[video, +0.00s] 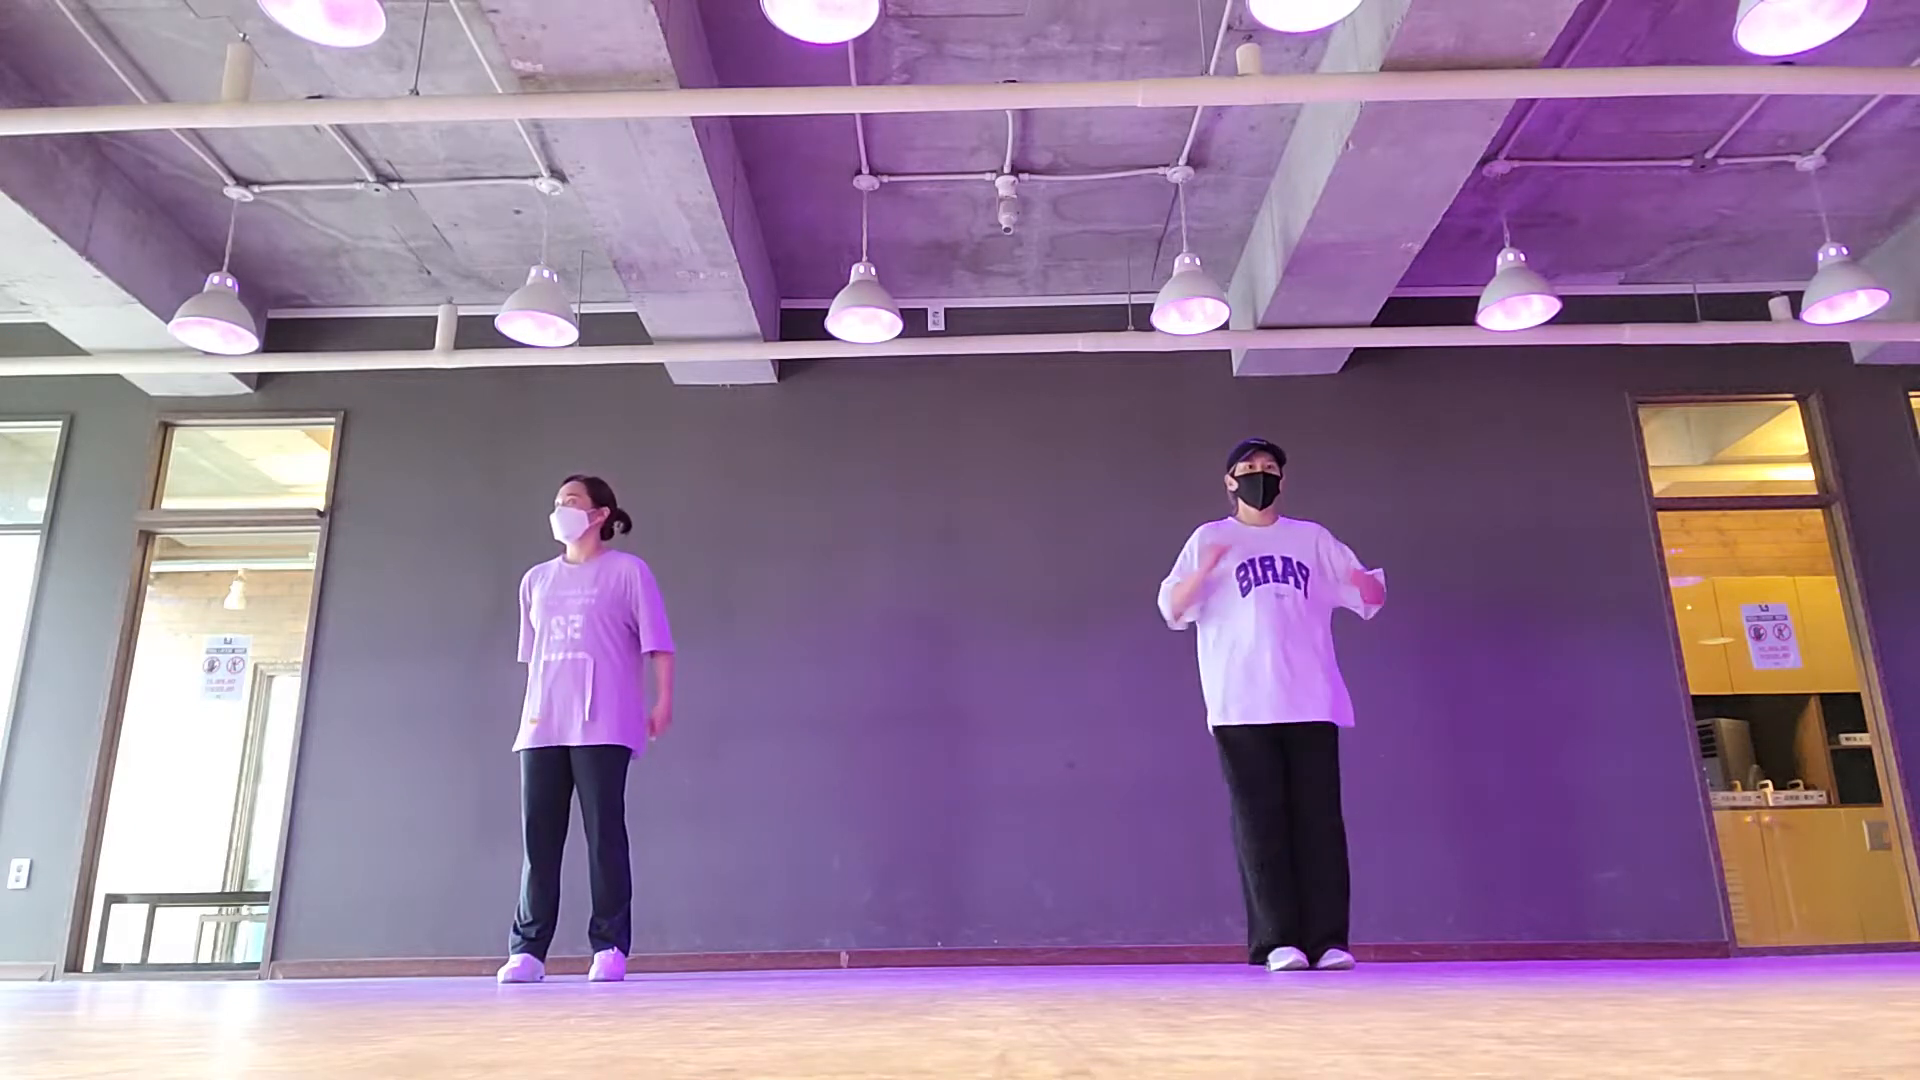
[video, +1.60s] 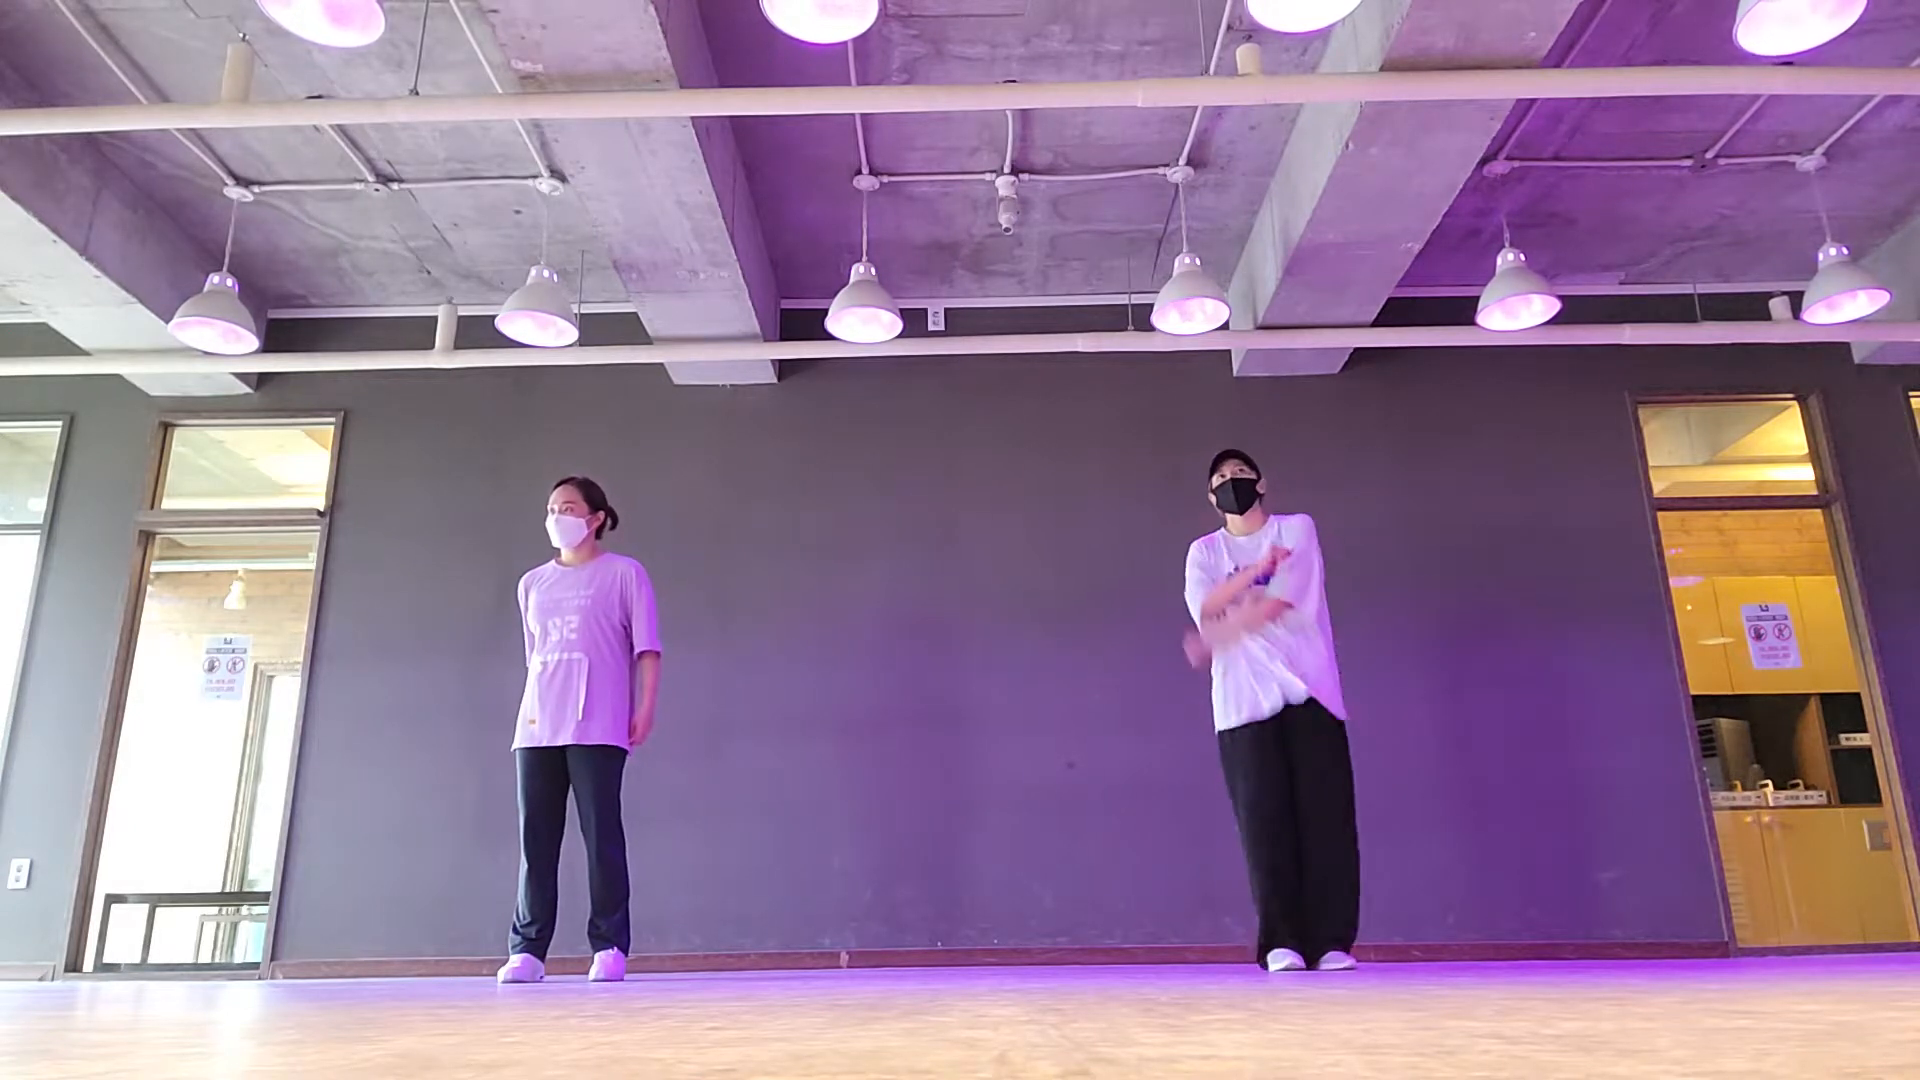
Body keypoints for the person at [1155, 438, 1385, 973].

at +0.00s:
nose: (1260, 478)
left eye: (1269, 470)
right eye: (1249, 470)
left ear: (1281, 479)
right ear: (1231, 481)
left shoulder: (1313, 538)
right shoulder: (1209, 539)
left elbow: (1368, 597)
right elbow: (1172, 610)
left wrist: (1369, 584)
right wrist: (1205, 566)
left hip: (1311, 704)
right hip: (1242, 707)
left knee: (1319, 821)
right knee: (1262, 827)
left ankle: (1328, 942)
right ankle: (1276, 945)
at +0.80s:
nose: (1271, 489)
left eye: (1280, 482)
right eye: (1260, 481)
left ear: (1290, 494)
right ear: (1240, 492)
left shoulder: (1315, 555)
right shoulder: (1215, 545)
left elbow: (1364, 615)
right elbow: (1179, 604)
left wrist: (1348, 550)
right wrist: (1185, 634)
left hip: (1317, 715)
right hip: (1249, 713)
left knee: (1332, 832)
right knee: (1267, 831)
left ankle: (1325, 943)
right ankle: (1275, 946)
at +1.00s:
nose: (1254, 479)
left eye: (1263, 471)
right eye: (1243, 473)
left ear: (1277, 482)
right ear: (1226, 486)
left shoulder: (1318, 536)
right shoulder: (1210, 543)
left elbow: (1389, 552)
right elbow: (1196, 618)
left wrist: (1377, 486)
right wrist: (1220, 650)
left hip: (1317, 706)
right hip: (1248, 710)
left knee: (1324, 826)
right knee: (1265, 830)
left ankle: (1329, 944)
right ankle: (1280, 946)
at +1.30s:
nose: (1233, 478)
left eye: (1242, 470)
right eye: (1222, 474)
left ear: (1260, 482)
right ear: (1211, 494)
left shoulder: (1304, 527)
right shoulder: (1205, 554)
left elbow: (1369, 524)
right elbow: (1186, 630)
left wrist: (1436, 517)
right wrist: (1242, 609)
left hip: (1313, 703)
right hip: (1245, 713)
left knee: (1318, 823)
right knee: (1261, 826)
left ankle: (1324, 942)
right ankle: (1276, 943)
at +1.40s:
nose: (1231, 489)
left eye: (1239, 479)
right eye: (1219, 485)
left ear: (1257, 486)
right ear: (1209, 499)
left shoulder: (1303, 532)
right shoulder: (1204, 556)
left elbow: (1348, 577)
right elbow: (1199, 636)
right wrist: (1254, 604)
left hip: (1316, 705)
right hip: (1247, 713)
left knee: (1322, 822)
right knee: (1264, 825)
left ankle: (1327, 944)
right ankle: (1277, 943)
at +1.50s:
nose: (1229, 492)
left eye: (1238, 482)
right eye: (1219, 488)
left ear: (1258, 488)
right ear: (1210, 502)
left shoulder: (1300, 535)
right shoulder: (1204, 559)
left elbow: (1319, 609)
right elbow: (1211, 629)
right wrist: (1265, 592)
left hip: (1315, 708)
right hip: (1248, 714)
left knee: (1327, 825)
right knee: (1265, 831)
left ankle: (1330, 943)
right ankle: (1278, 945)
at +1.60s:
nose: (1231, 486)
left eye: (1240, 477)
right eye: (1221, 482)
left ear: (1260, 485)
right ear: (1212, 496)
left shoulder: (1296, 528)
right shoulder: (1202, 553)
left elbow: (1282, 603)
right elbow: (1203, 608)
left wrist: (1214, 634)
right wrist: (1257, 570)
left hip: (1309, 696)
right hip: (1244, 705)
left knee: (1325, 817)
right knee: (1264, 825)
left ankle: (1333, 943)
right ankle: (1280, 945)